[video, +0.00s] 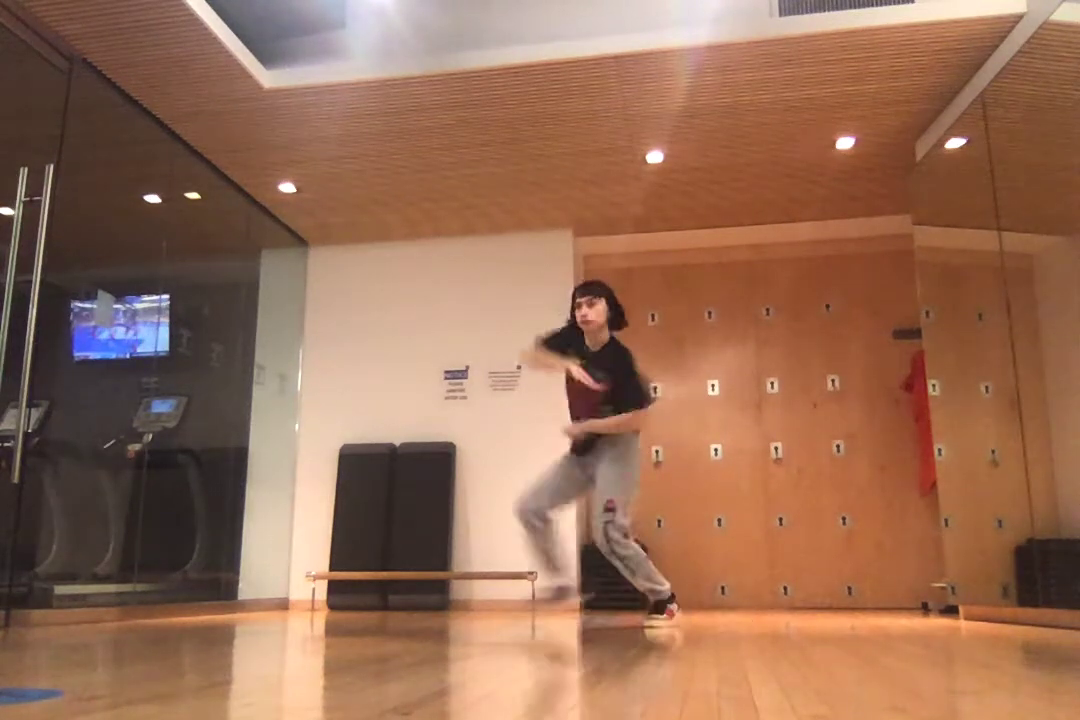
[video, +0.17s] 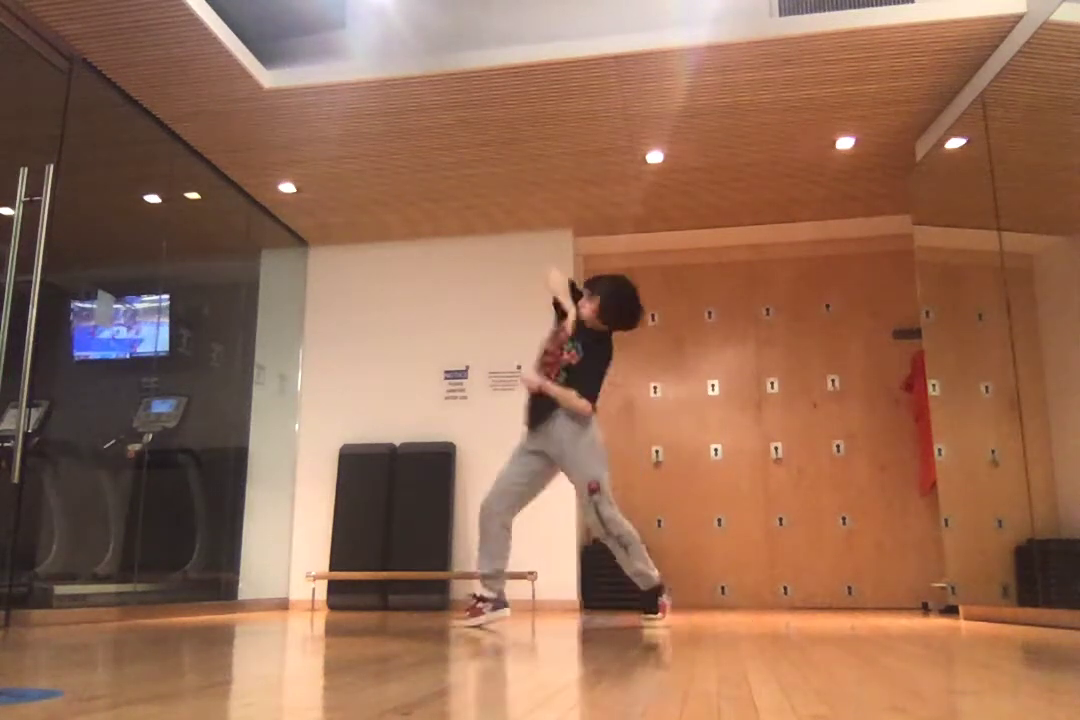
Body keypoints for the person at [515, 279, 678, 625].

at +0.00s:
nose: (584, 311)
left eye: (592, 304)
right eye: (579, 306)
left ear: (608, 309)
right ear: (574, 313)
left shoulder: (619, 356)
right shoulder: (570, 339)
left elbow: (637, 419)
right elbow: (532, 355)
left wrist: (586, 425)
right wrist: (570, 366)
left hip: (617, 449)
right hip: (584, 451)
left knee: (609, 532)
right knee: (530, 507)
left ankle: (662, 598)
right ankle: (561, 585)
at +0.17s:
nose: (586, 307)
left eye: (593, 309)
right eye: (590, 301)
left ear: (603, 320)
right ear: (589, 297)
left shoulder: (598, 345)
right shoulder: (574, 312)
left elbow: (585, 404)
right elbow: (556, 276)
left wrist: (544, 385)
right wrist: (566, 312)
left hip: (573, 430)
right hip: (540, 433)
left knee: (602, 513)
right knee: (495, 508)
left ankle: (653, 589)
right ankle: (491, 596)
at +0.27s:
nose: (586, 285)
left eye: (596, 287)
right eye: (591, 280)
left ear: (603, 308)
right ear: (586, 287)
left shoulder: (592, 340)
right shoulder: (551, 310)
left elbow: (599, 392)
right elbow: (522, 288)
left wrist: (560, 366)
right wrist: (545, 299)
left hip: (567, 418)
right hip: (523, 425)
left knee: (604, 501)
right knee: (489, 505)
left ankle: (641, 585)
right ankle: (485, 591)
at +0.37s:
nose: (580, 280)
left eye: (589, 279)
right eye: (576, 273)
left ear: (595, 293)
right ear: (562, 277)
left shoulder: (589, 330)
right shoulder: (530, 312)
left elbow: (608, 383)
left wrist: (583, 358)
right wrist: (525, 310)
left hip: (573, 420)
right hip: (522, 424)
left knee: (607, 498)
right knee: (490, 505)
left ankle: (638, 585)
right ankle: (473, 588)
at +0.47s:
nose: (562, 281)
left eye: (568, 275)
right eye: (553, 275)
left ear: (575, 284)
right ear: (537, 286)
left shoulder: (584, 330)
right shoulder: (521, 332)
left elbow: (616, 370)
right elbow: (500, 384)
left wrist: (583, 341)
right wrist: (527, 348)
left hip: (577, 430)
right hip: (527, 434)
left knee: (603, 505)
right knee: (492, 509)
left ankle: (650, 586)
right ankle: (470, 590)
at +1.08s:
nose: (567, 317)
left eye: (574, 310)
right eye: (559, 311)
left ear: (585, 315)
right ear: (549, 318)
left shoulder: (600, 349)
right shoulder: (540, 358)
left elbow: (652, 366)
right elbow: (510, 399)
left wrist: (605, 381)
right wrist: (556, 393)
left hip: (597, 456)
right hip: (554, 454)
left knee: (654, 512)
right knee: (521, 525)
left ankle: (647, 602)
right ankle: (459, 586)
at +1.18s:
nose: (585, 300)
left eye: (588, 293)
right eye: (576, 295)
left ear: (597, 301)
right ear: (563, 306)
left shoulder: (607, 340)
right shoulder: (560, 343)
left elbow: (632, 353)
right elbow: (544, 388)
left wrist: (620, 362)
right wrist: (588, 370)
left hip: (602, 452)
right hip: (566, 444)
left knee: (656, 514)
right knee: (526, 525)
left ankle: (647, 603)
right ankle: (463, 584)